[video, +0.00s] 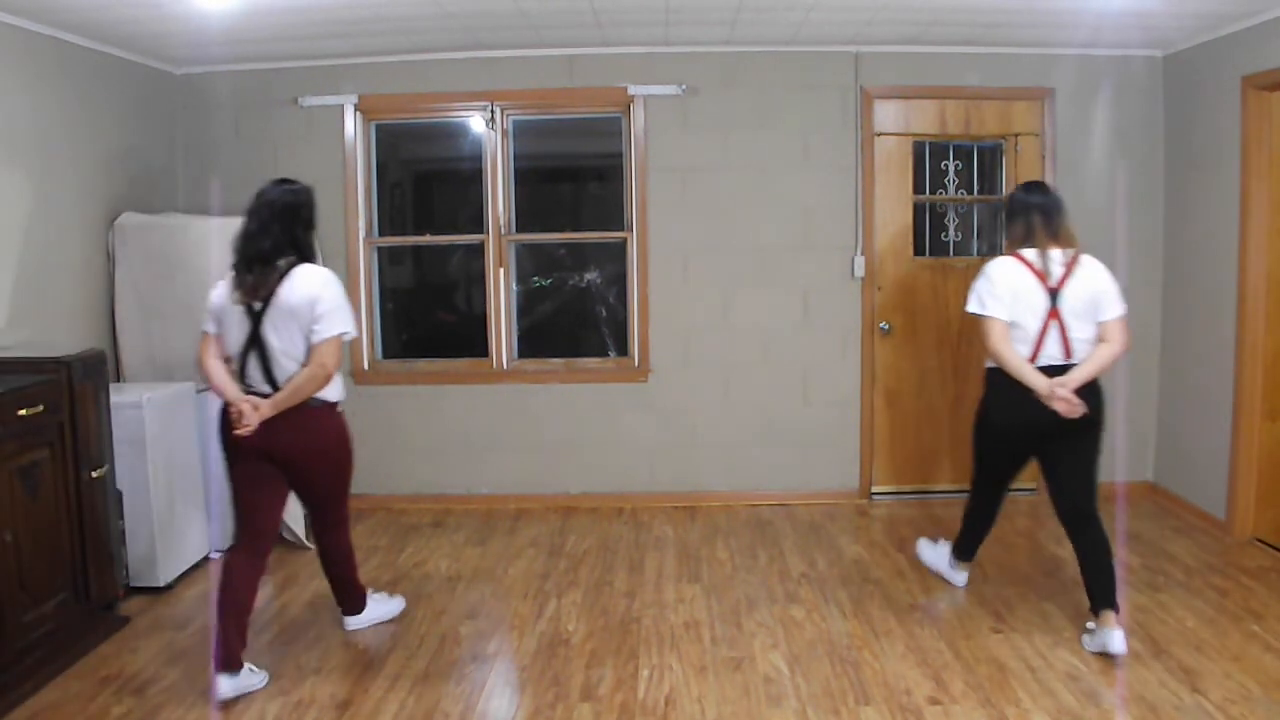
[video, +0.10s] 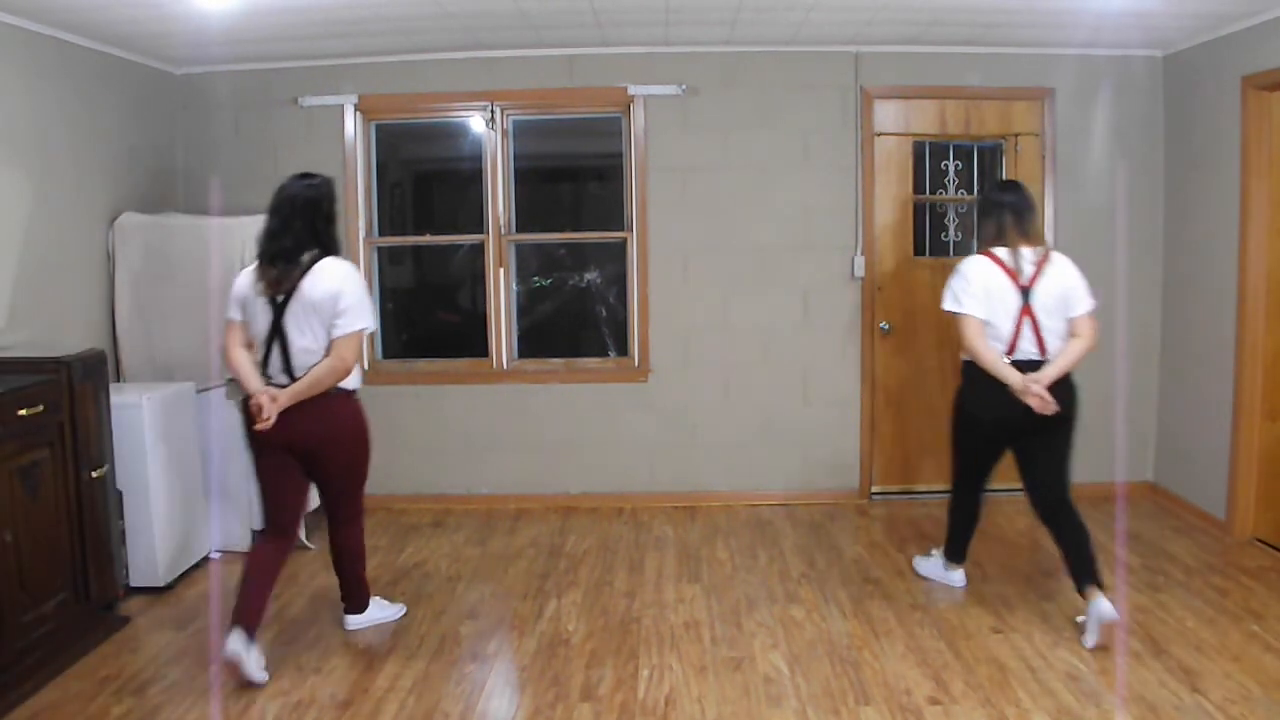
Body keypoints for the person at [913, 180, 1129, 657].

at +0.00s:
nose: (1006, 228)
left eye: (1008, 220)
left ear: (1012, 222)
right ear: (1059, 219)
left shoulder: (999, 271)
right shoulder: (1094, 270)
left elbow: (997, 344)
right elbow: (1116, 341)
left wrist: (1045, 387)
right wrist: (1067, 384)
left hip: (1013, 398)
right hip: (1078, 400)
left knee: (988, 486)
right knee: (1081, 513)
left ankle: (957, 560)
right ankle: (1108, 622)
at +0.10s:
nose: (980, 223)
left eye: (981, 215)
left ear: (985, 219)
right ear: (1031, 217)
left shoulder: (974, 270)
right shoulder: (1063, 267)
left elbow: (973, 342)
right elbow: (1085, 335)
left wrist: (1021, 383)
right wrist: (1043, 379)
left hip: (989, 389)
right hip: (1051, 389)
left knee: (968, 480)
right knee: (1053, 498)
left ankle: (952, 563)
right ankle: (1094, 595)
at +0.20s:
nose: (960, 216)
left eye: (959, 208)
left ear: (964, 212)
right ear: (1008, 210)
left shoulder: (952, 263)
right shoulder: (1038, 258)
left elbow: (952, 336)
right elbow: (1062, 326)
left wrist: (1001, 370)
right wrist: (1024, 365)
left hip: (967, 384)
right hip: (1024, 383)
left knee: (955, 477)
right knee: (1021, 483)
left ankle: (949, 563)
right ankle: (1061, 560)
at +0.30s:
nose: (941, 212)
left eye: (943, 205)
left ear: (949, 207)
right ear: (992, 204)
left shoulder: (940, 255)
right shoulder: (1022, 251)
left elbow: (941, 326)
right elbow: (1042, 319)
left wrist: (986, 362)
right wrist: (1007, 359)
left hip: (952, 374)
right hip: (1008, 375)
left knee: (950, 470)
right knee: (989, 461)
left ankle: (949, 563)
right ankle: (1021, 534)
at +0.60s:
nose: (912, 212)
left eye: (914, 203)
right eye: (913, 204)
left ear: (927, 203)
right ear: (959, 201)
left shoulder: (927, 246)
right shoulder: (984, 246)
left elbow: (943, 319)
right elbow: (1000, 309)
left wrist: (979, 353)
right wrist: (985, 346)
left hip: (934, 364)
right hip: (973, 363)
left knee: (932, 456)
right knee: (934, 444)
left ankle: (949, 560)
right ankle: (967, 517)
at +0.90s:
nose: (885, 219)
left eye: (888, 210)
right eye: (885, 211)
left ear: (906, 208)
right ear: (921, 207)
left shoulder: (914, 249)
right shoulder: (935, 247)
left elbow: (933, 309)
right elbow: (957, 307)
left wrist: (965, 348)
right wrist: (967, 347)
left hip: (924, 365)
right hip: (928, 361)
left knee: (935, 460)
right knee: (878, 443)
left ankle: (958, 555)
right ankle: (931, 515)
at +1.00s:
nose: (866, 221)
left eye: (869, 213)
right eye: (866, 213)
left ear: (886, 212)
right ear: (904, 210)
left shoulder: (900, 248)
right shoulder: (921, 248)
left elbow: (918, 303)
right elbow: (943, 308)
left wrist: (952, 343)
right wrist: (954, 345)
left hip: (911, 365)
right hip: (909, 364)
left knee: (929, 462)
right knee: (862, 441)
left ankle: (956, 554)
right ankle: (880, 529)